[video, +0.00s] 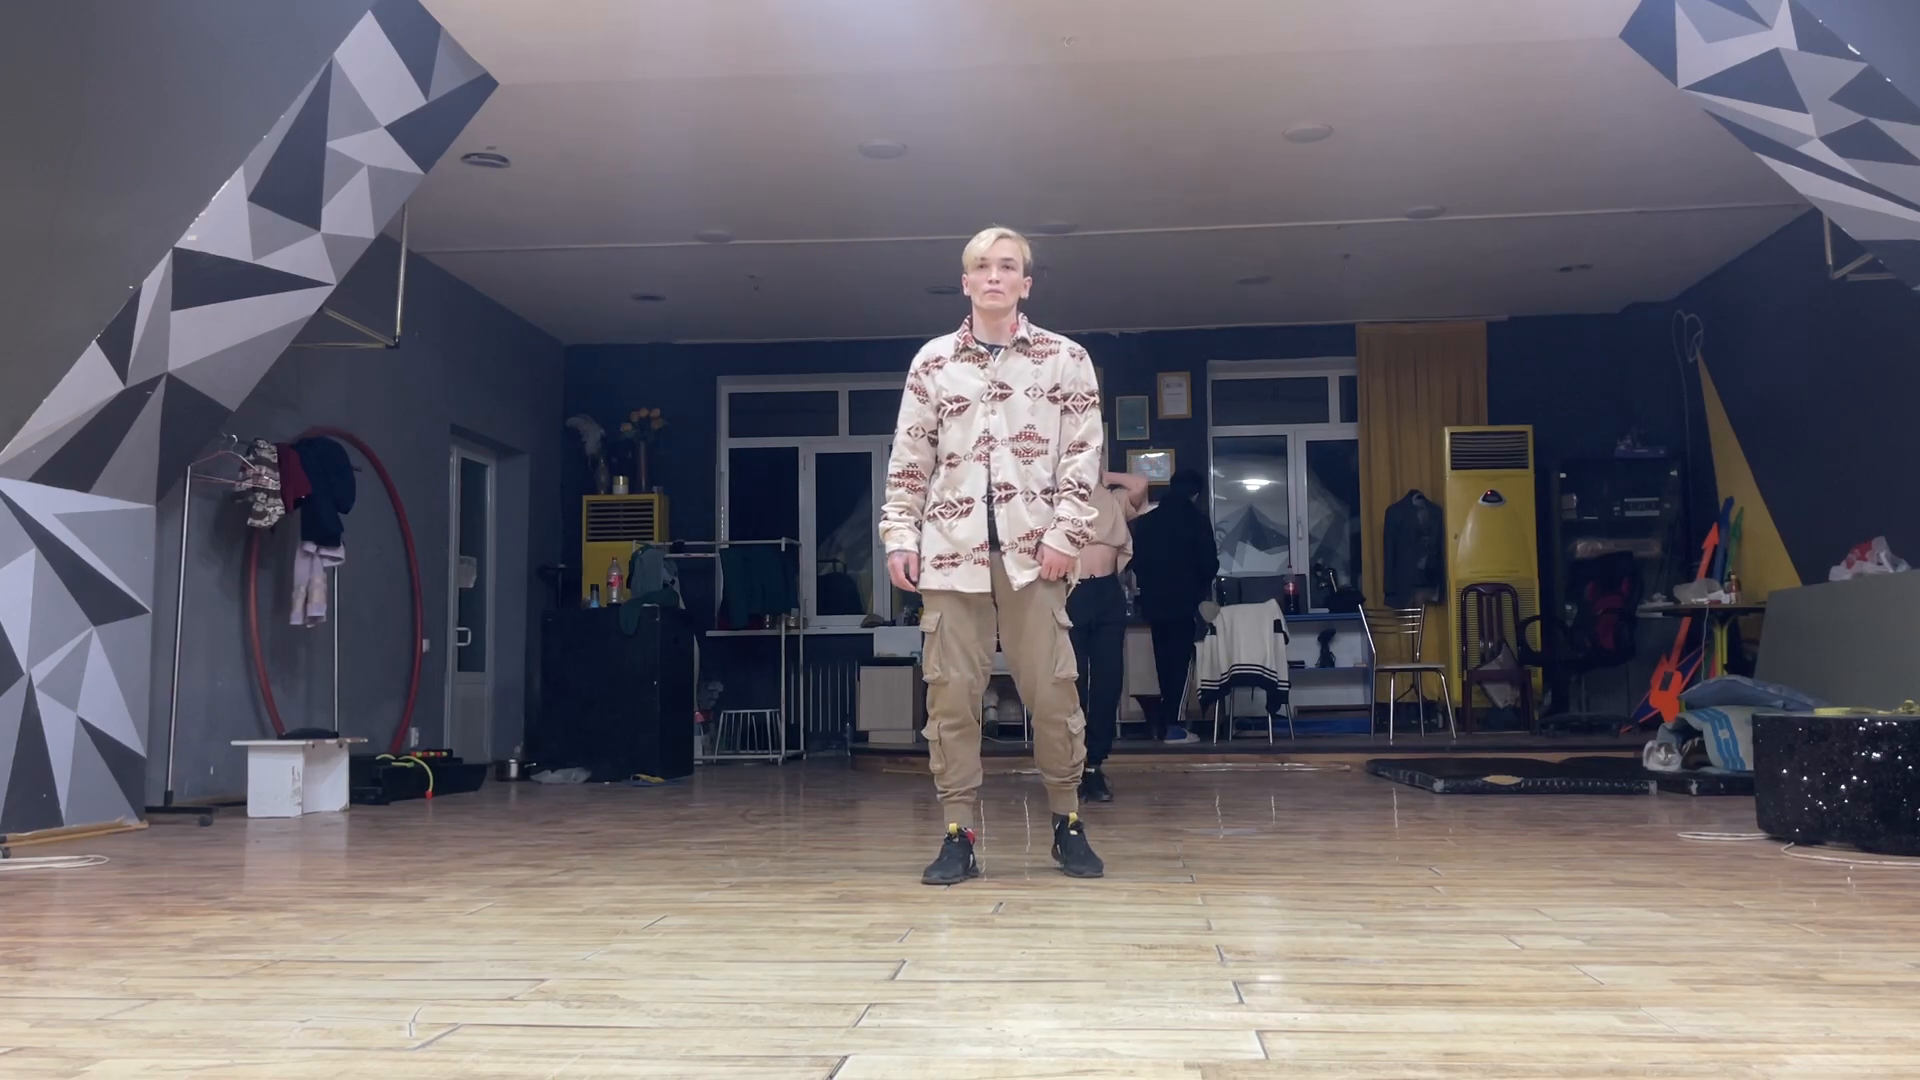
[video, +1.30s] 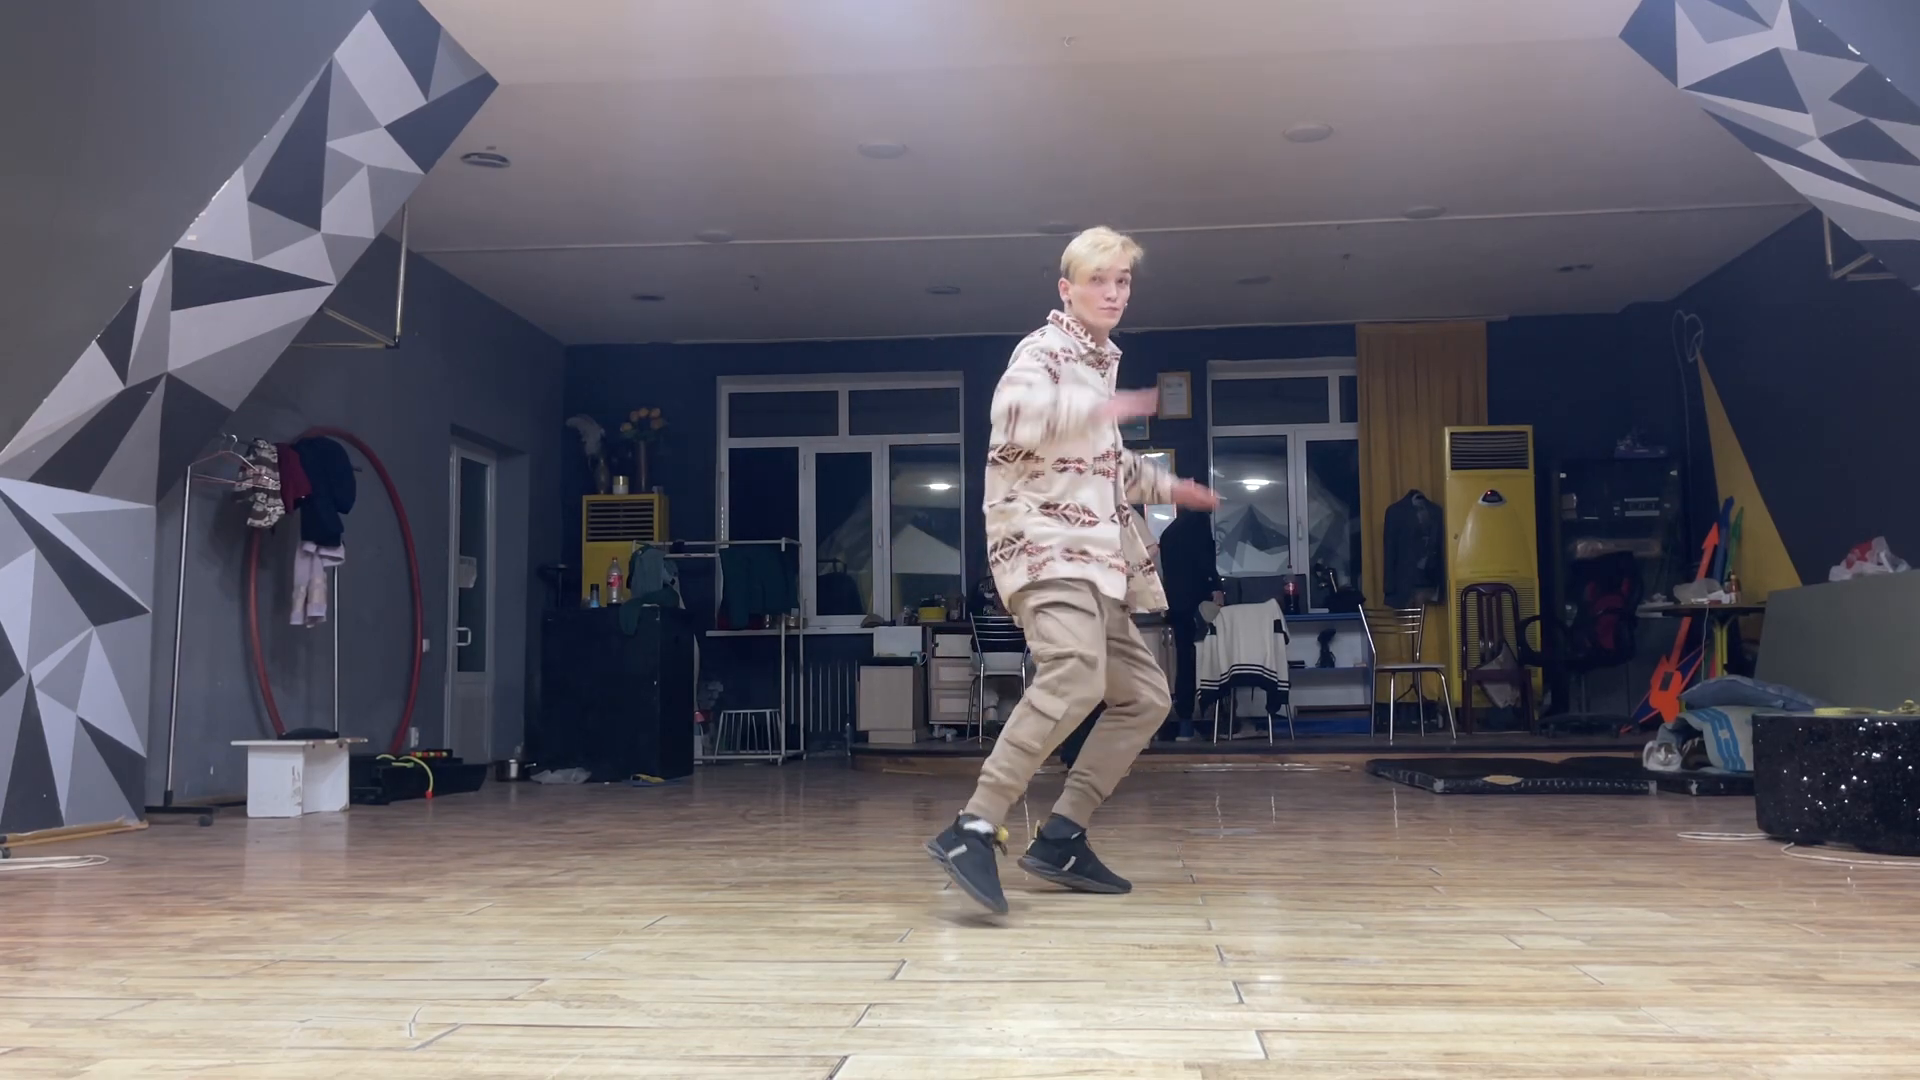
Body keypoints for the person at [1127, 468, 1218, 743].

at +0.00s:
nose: (1198, 498)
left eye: (1196, 493)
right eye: (1198, 493)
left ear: (1170, 488)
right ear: (1195, 493)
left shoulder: (1147, 519)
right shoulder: (1197, 519)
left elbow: (1137, 561)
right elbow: (1209, 563)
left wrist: (1150, 580)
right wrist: (1199, 587)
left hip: (1154, 597)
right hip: (1184, 597)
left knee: (1163, 658)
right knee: (1179, 659)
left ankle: (1167, 723)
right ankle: (1172, 726)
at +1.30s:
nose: (1210, 502)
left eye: (1207, 497)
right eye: (1206, 497)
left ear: (1180, 504)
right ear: (1200, 502)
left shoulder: (1168, 532)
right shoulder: (1200, 526)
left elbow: (1169, 568)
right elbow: (1205, 560)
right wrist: (1216, 586)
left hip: (1175, 600)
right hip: (1196, 600)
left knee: (1183, 660)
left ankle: (1182, 720)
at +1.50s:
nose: (1219, 514)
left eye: (1220, 510)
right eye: (1218, 509)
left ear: (1193, 505)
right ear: (1210, 506)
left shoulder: (1176, 533)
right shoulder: (1211, 522)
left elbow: (1174, 574)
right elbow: (1216, 560)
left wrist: (1179, 598)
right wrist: (1225, 591)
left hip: (1181, 602)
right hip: (1206, 600)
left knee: (1188, 659)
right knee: (1217, 656)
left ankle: (1184, 719)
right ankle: (1225, 717)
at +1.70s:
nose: (1237, 512)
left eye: (1237, 508)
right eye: (1237, 507)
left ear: (1212, 502)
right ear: (1230, 505)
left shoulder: (1194, 525)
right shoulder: (1230, 523)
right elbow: (1234, 563)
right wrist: (1246, 591)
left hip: (1194, 595)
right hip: (1224, 595)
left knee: (1196, 657)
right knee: (1232, 654)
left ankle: (1186, 721)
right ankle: (1238, 719)